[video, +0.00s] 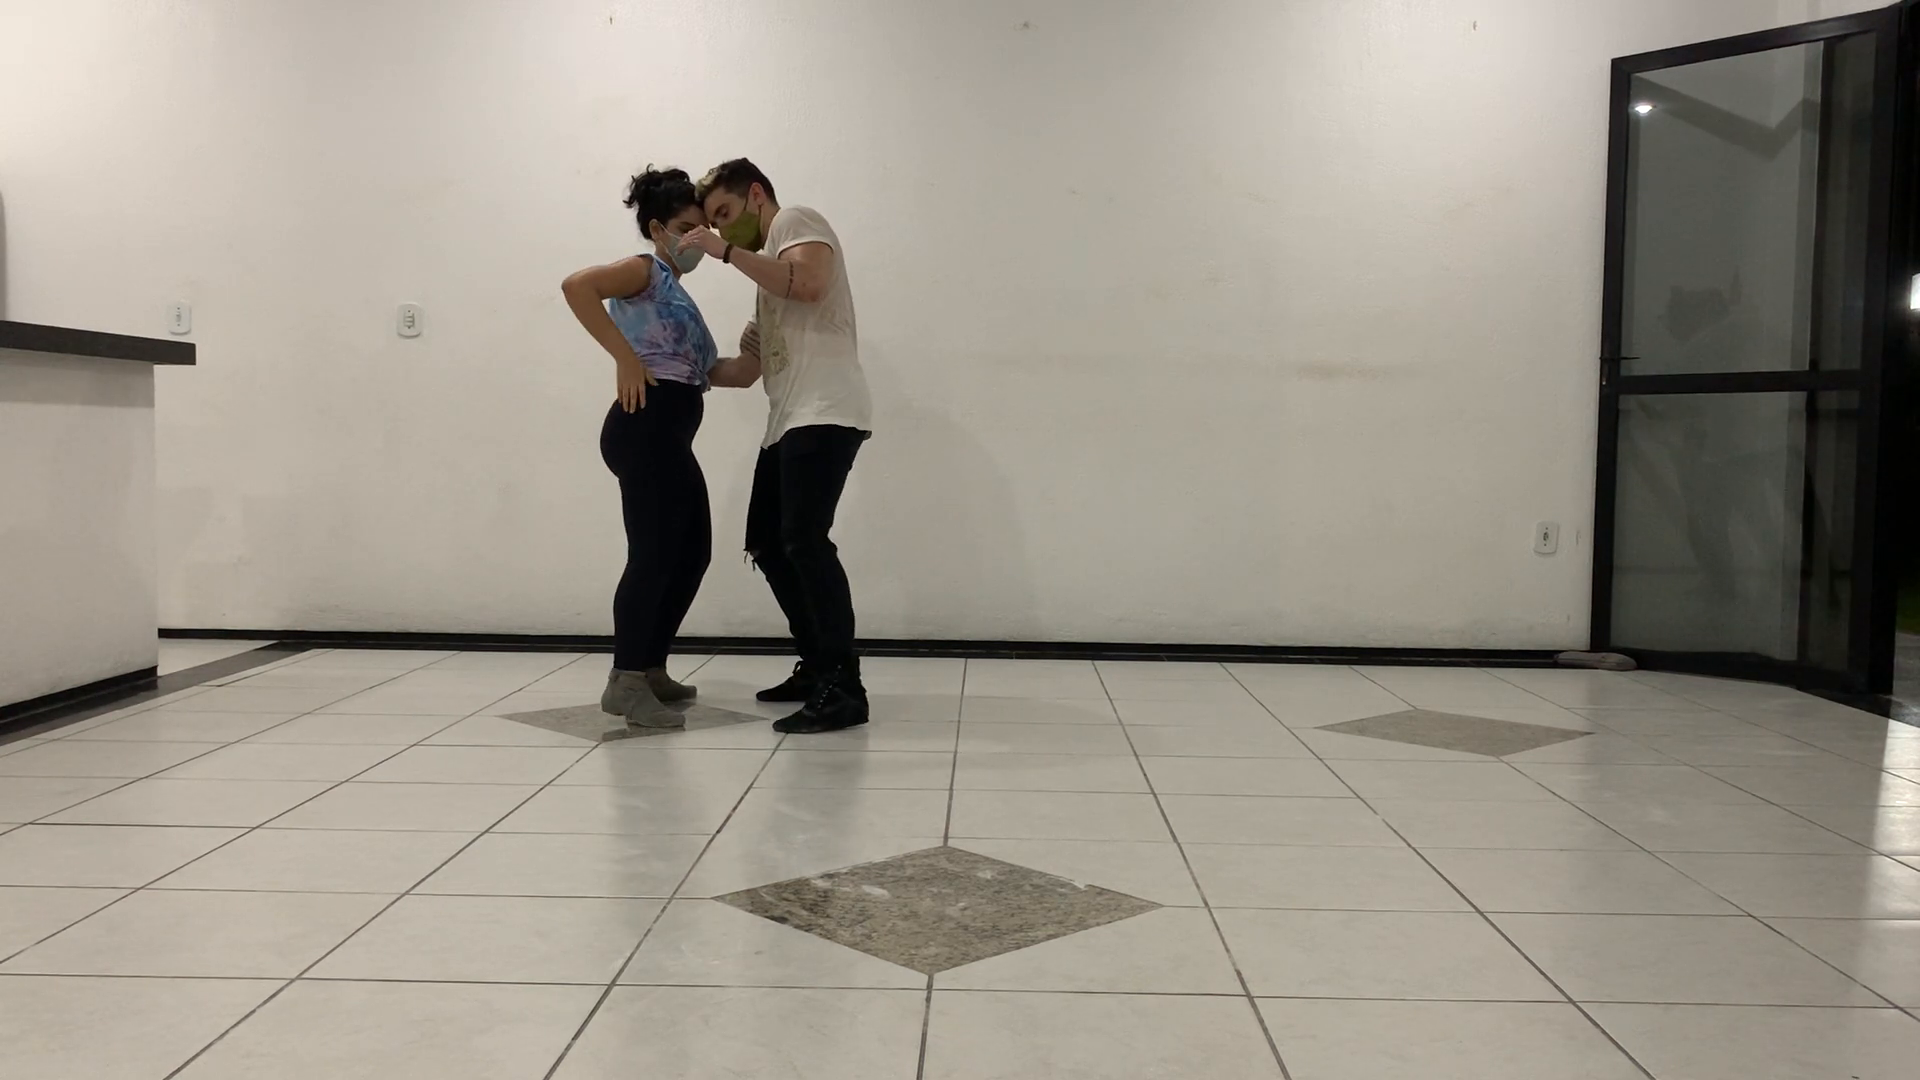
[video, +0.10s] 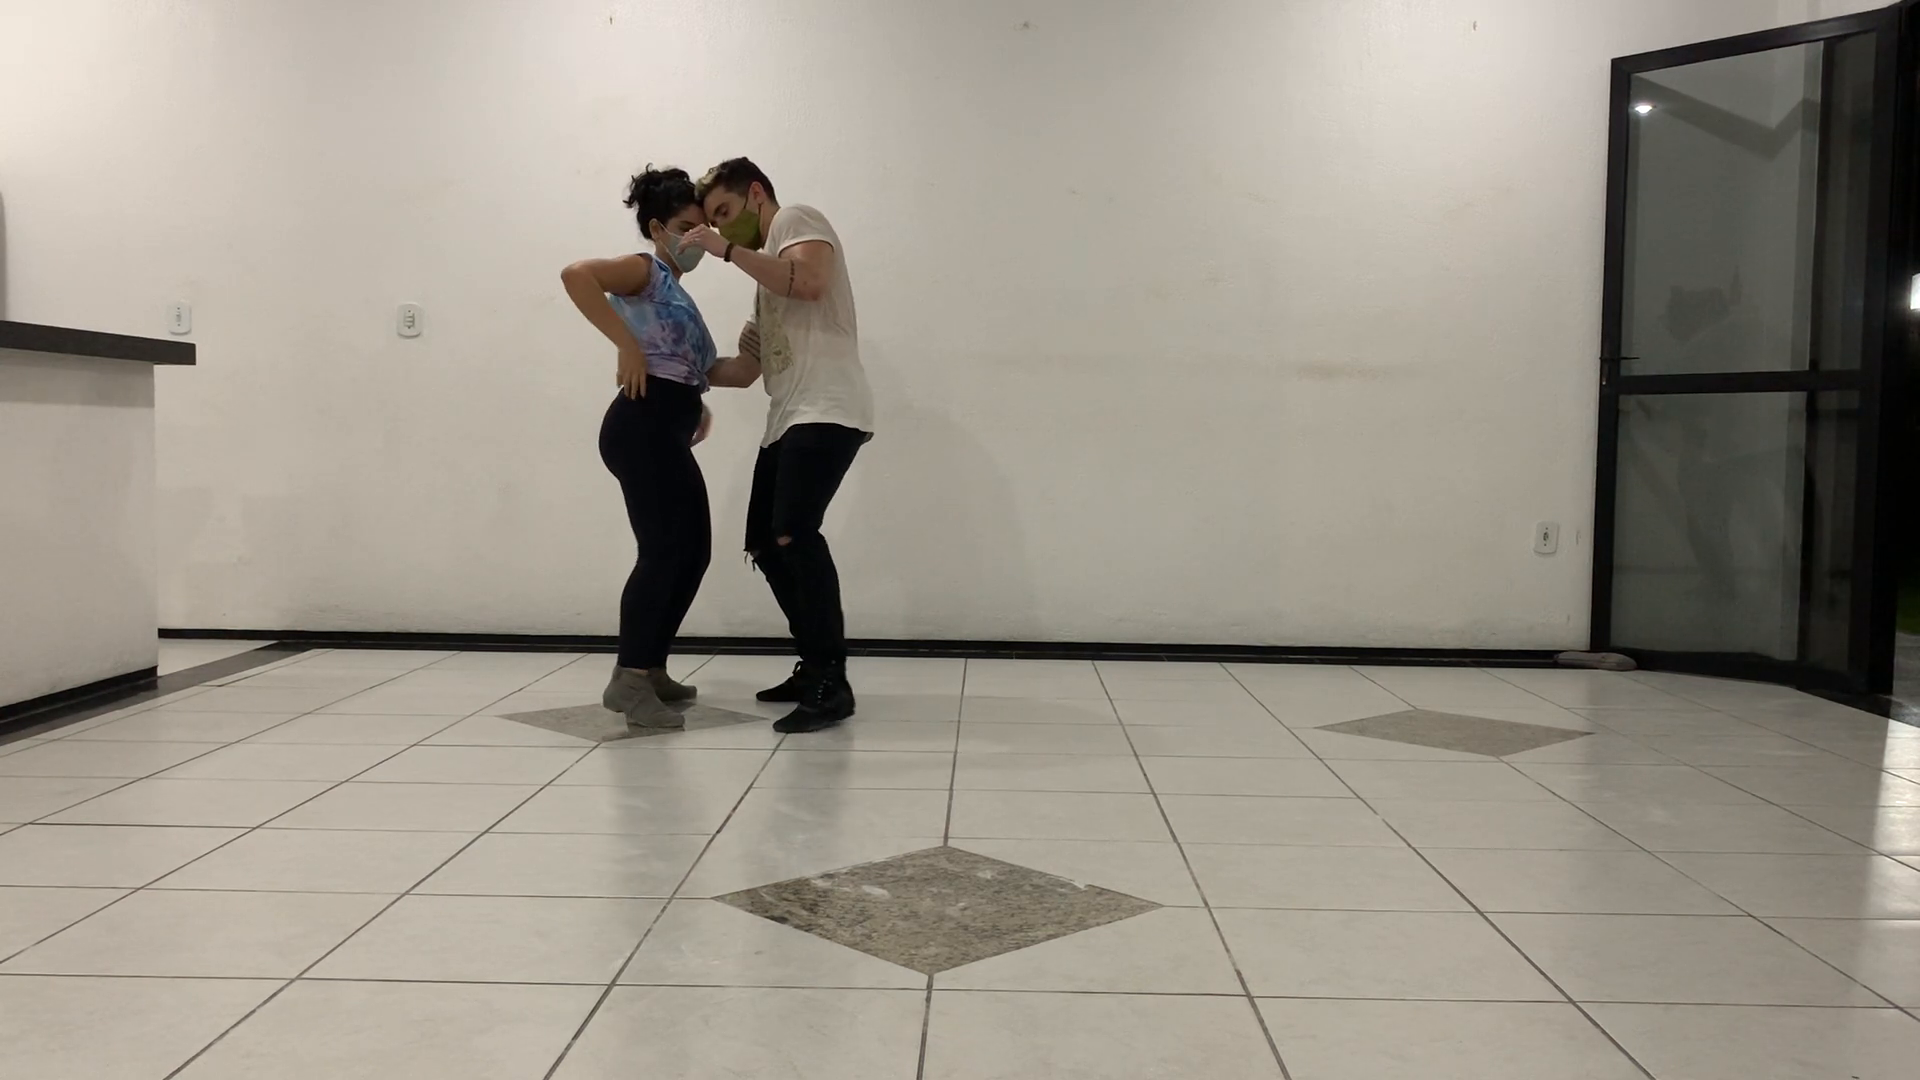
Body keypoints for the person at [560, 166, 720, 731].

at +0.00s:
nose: (695, 238)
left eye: (700, 227)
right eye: (683, 228)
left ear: (705, 229)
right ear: (655, 230)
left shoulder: (675, 298)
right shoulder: (645, 270)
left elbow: (733, 373)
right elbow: (577, 287)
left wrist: (757, 354)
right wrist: (624, 357)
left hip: (670, 427)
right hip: (643, 424)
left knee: (693, 551)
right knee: (656, 550)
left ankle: (649, 667)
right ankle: (627, 678)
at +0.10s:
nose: (694, 239)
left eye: (700, 228)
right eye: (683, 228)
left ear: (704, 230)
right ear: (654, 229)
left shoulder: (673, 291)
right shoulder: (644, 270)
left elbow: (672, 359)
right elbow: (577, 276)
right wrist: (626, 343)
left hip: (667, 429)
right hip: (639, 425)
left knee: (694, 552)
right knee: (663, 550)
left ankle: (650, 667)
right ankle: (630, 678)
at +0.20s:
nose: (697, 237)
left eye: (701, 226)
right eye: (685, 226)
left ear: (701, 229)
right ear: (657, 228)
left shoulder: (676, 295)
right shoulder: (643, 267)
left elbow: (682, 370)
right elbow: (572, 266)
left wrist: (724, 394)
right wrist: (630, 318)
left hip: (666, 429)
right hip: (639, 426)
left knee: (689, 551)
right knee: (677, 547)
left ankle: (650, 668)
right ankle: (641, 675)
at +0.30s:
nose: (695, 238)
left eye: (700, 227)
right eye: (685, 226)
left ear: (702, 229)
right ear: (656, 226)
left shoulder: (680, 298)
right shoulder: (638, 265)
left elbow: (701, 377)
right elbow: (567, 269)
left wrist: (757, 367)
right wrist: (639, 287)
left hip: (664, 429)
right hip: (640, 424)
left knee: (686, 546)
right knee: (682, 544)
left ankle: (652, 669)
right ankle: (649, 674)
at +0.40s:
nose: (696, 236)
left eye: (701, 225)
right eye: (686, 224)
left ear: (704, 229)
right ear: (656, 224)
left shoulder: (685, 302)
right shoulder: (637, 267)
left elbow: (727, 371)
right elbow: (569, 283)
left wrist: (774, 352)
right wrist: (643, 263)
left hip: (669, 427)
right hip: (638, 422)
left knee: (688, 548)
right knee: (676, 545)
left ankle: (652, 668)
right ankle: (649, 676)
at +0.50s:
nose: (700, 237)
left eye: (704, 226)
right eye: (691, 224)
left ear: (700, 230)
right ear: (658, 220)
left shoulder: (680, 296)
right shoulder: (638, 265)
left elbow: (720, 371)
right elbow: (580, 296)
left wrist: (758, 348)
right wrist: (631, 247)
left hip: (671, 426)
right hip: (641, 422)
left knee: (688, 552)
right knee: (669, 551)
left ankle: (652, 670)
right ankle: (645, 679)